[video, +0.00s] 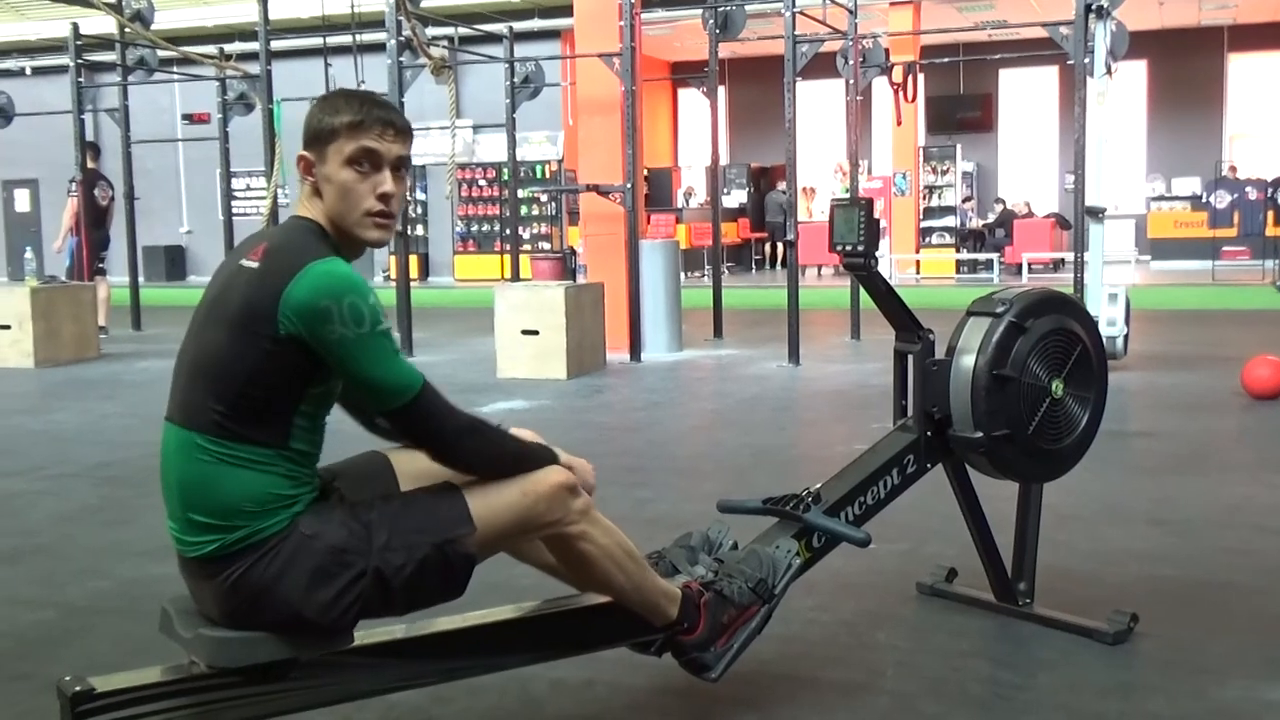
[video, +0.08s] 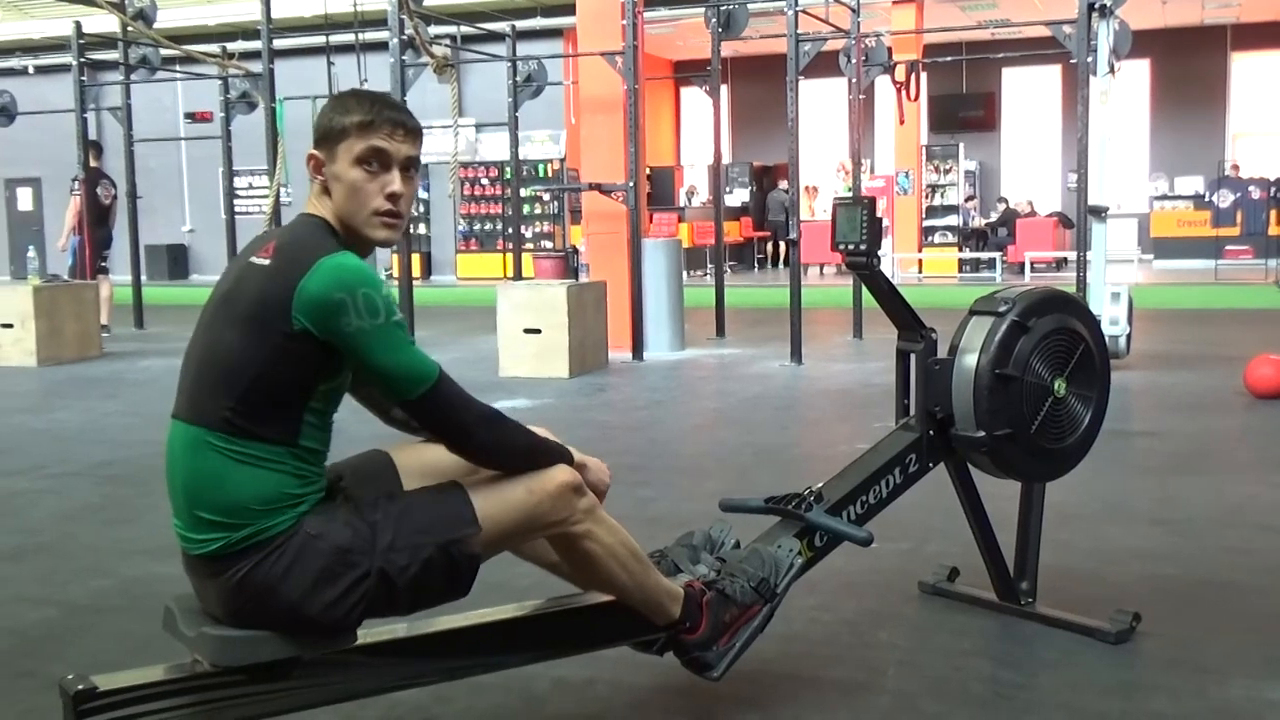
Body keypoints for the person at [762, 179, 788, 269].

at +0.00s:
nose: (786, 187)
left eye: (785, 185)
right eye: (785, 186)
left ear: (776, 186)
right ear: (782, 186)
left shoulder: (768, 196)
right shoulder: (783, 197)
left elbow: (765, 208)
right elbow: (786, 209)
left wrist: (767, 217)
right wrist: (788, 218)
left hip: (768, 220)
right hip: (779, 221)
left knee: (767, 241)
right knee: (779, 242)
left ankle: (767, 263)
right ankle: (778, 263)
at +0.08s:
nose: (787, 186)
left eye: (787, 184)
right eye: (786, 184)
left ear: (777, 185)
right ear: (783, 185)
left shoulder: (770, 195)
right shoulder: (785, 196)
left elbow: (767, 209)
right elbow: (788, 208)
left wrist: (766, 218)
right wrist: (790, 218)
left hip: (771, 220)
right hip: (781, 220)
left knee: (771, 241)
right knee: (783, 242)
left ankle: (771, 262)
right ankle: (783, 262)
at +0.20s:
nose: (788, 185)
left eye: (788, 183)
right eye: (787, 183)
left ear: (779, 184)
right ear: (782, 184)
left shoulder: (771, 195)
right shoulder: (786, 195)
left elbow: (769, 207)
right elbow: (789, 207)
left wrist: (770, 214)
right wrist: (792, 213)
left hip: (772, 219)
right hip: (783, 219)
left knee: (771, 241)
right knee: (784, 241)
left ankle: (771, 261)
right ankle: (783, 262)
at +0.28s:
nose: (788, 185)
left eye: (787, 183)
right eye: (786, 183)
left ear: (778, 184)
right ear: (782, 184)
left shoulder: (771, 195)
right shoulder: (786, 195)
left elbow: (770, 205)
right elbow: (789, 207)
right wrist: (791, 213)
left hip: (772, 219)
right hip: (783, 219)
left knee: (774, 241)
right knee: (785, 242)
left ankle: (774, 262)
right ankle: (786, 262)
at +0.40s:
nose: (789, 184)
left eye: (788, 182)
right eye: (787, 182)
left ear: (780, 183)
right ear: (782, 183)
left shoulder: (774, 193)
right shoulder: (787, 194)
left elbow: (773, 205)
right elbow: (790, 205)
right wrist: (794, 215)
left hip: (775, 218)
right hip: (785, 218)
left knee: (775, 240)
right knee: (787, 240)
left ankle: (775, 261)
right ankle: (788, 260)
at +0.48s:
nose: (788, 184)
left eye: (788, 182)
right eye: (788, 182)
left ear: (780, 183)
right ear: (786, 183)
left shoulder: (776, 193)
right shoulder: (789, 194)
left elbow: (775, 205)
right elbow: (792, 205)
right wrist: (796, 215)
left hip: (777, 218)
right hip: (787, 218)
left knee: (777, 239)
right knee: (789, 239)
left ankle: (777, 260)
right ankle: (791, 259)